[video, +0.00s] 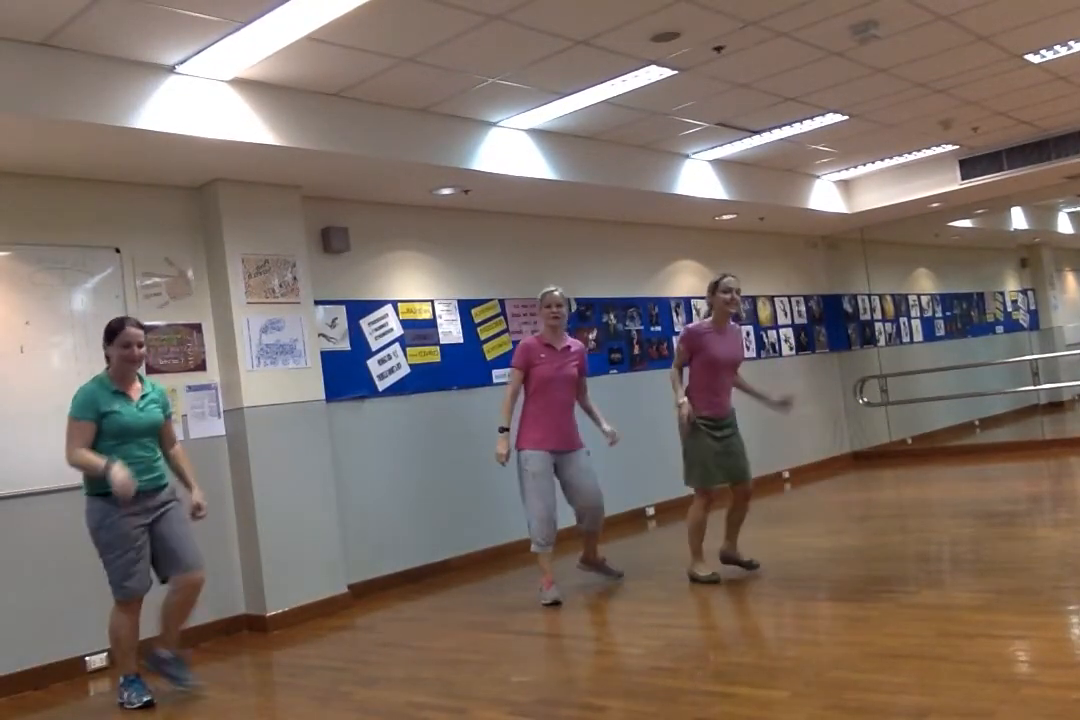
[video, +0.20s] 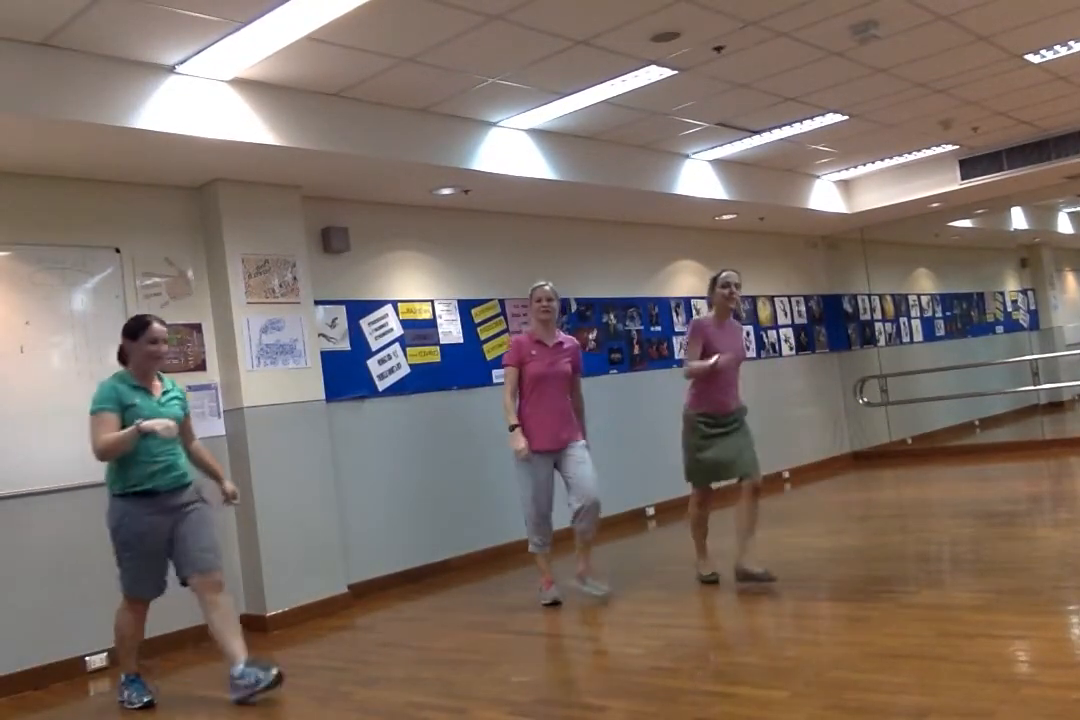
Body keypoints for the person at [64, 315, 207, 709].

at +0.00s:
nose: (135, 352)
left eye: (140, 345)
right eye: (127, 345)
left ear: (145, 348)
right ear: (108, 350)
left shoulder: (156, 393)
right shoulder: (91, 395)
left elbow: (171, 445)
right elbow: (76, 453)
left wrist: (193, 487)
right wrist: (110, 467)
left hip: (162, 500)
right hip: (115, 508)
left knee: (190, 577)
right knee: (130, 594)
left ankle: (165, 650)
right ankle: (129, 679)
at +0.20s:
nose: (163, 349)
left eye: (165, 342)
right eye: (154, 342)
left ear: (166, 347)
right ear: (129, 347)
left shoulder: (174, 391)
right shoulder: (111, 391)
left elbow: (190, 443)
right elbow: (103, 449)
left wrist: (223, 478)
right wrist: (140, 428)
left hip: (186, 499)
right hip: (137, 507)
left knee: (210, 581)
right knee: (137, 600)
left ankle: (242, 670)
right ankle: (129, 679)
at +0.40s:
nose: (199, 344)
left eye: (199, 337)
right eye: (190, 338)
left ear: (195, 343)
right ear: (164, 343)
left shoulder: (206, 387)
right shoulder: (141, 390)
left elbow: (224, 441)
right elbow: (135, 452)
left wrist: (254, 484)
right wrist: (173, 436)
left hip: (222, 495)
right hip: (174, 503)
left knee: (239, 584)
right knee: (188, 598)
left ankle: (245, 679)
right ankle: (150, 657)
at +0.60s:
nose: (220, 333)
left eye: (218, 326)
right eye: (211, 327)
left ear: (205, 334)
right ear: (186, 334)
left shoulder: (227, 377)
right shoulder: (162, 381)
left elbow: (245, 428)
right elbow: (161, 444)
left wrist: (269, 457)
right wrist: (207, 430)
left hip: (244, 484)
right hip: (198, 490)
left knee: (253, 577)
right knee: (237, 574)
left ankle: (250, 676)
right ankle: (253, 676)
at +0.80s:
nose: (240, 333)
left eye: (238, 327)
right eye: (232, 328)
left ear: (218, 334)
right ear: (208, 334)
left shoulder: (237, 375)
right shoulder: (186, 382)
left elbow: (243, 431)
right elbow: (195, 445)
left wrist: (272, 445)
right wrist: (252, 434)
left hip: (258, 485)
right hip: (215, 493)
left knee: (274, 578)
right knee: (262, 575)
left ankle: (247, 678)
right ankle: (299, 672)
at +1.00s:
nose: (252, 337)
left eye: (250, 331)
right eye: (244, 332)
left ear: (227, 339)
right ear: (220, 339)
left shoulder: (241, 380)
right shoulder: (201, 385)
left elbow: (245, 432)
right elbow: (215, 448)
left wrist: (275, 442)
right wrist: (270, 473)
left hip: (255, 487)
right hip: (216, 496)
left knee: (289, 572)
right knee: (264, 579)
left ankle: (228, 648)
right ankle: (299, 674)